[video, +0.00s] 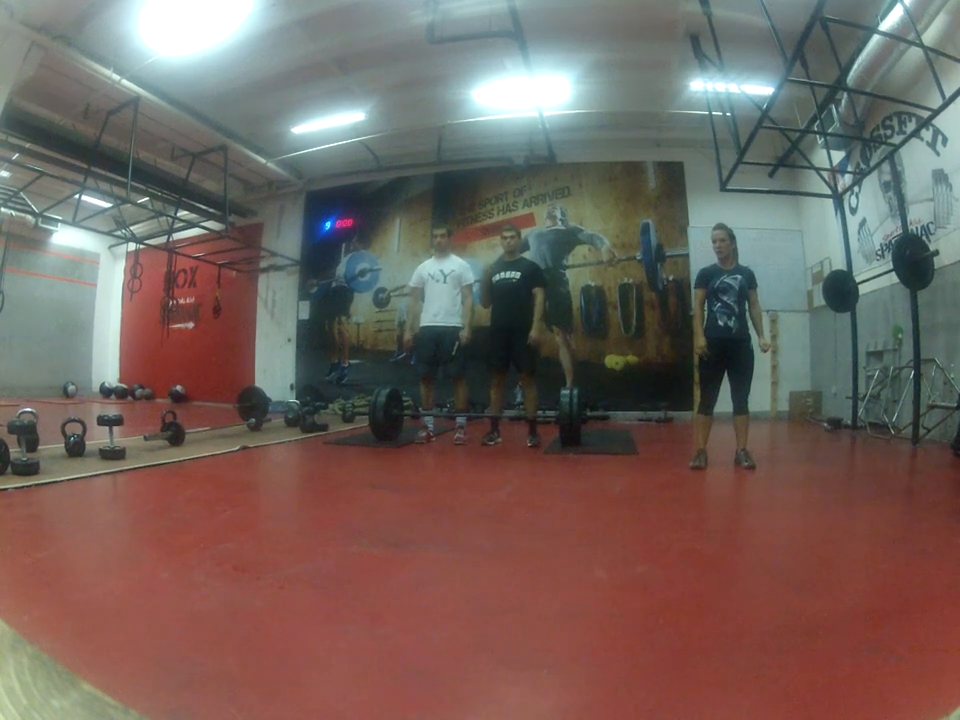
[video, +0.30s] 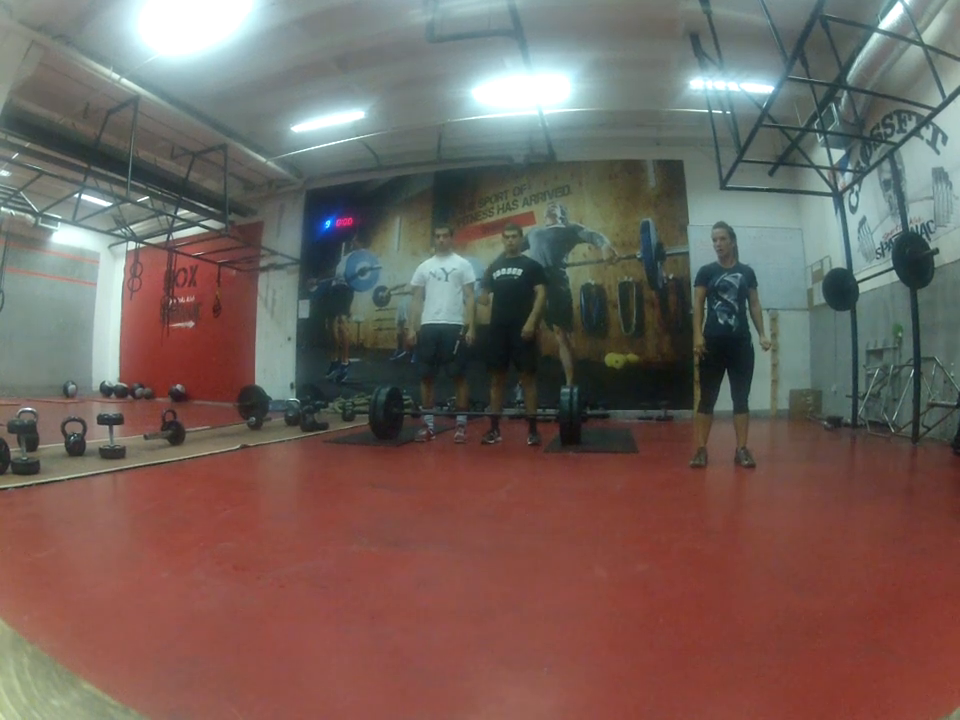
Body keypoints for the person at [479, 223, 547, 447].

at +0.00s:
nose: (508, 241)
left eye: (512, 238)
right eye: (504, 238)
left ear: (520, 241)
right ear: (500, 241)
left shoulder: (531, 266)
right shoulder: (494, 269)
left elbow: (539, 296)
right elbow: (485, 303)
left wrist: (536, 327)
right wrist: (486, 278)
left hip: (523, 331)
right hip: (499, 331)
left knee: (527, 379)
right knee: (497, 379)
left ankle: (532, 430)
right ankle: (494, 429)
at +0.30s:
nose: (510, 241)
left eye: (514, 237)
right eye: (507, 237)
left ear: (522, 239)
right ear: (502, 240)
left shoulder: (532, 265)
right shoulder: (494, 267)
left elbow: (541, 295)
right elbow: (484, 299)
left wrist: (531, 322)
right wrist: (498, 300)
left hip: (523, 329)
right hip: (498, 329)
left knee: (527, 378)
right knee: (497, 378)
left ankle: (532, 429)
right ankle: (494, 428)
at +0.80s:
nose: (506, 246)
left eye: (509, 242)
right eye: (503, 243)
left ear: (517, 240)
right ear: (497, 243)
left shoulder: (531, 264)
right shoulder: (490, 266)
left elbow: (548, 288)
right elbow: (482, 297)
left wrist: (546, 318)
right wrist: (481, 325)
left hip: (526, 328)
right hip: (498, 329)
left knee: (527, 378)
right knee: (497, 378)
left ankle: (532, 429)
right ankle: (494, 428)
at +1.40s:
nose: (507, 249)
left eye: (511, 244)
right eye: (504, 245)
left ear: (518, 243)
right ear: (498, 244)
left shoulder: (531, 266)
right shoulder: (493, 267)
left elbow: (543, 295)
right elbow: (483, 298)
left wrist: (543, 325)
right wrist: (479, 324)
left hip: (524, 330)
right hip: (498, 330)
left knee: (527, 378)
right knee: (497, 378)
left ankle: (532, 428)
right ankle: (494, 428)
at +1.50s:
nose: (508, 249)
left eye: (511, 245)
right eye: (504, 245)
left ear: (518, 243)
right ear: (498, 245)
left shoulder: (531, 266)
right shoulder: (493, 267)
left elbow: (545, 291)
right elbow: (484, 297)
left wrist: (542, 317)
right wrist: (477, 323)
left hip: (525, 329)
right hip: (498, 330)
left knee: (527, 378)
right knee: (498, 378)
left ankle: (532, 428)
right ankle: (494, 428)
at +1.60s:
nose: (508, 249)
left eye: (511, 245)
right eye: (504, 245)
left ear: (518, 243)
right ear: (498, 245)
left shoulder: (530, 265)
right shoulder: (493, 267)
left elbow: (542, 294)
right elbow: (484, 298)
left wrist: (547, 319)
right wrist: (476, 324)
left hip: (525, 329)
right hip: (498, 330)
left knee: (527, 378)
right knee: (498, 378)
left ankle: (532, 429)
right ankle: (494, 428)